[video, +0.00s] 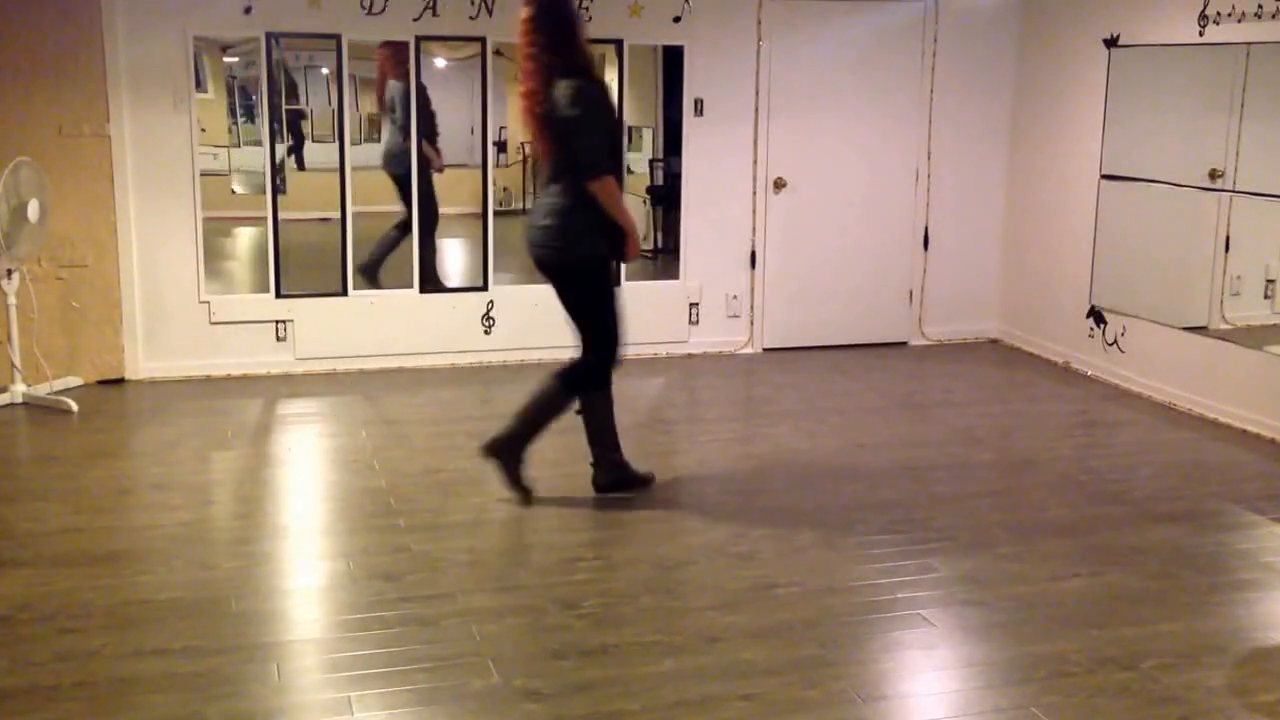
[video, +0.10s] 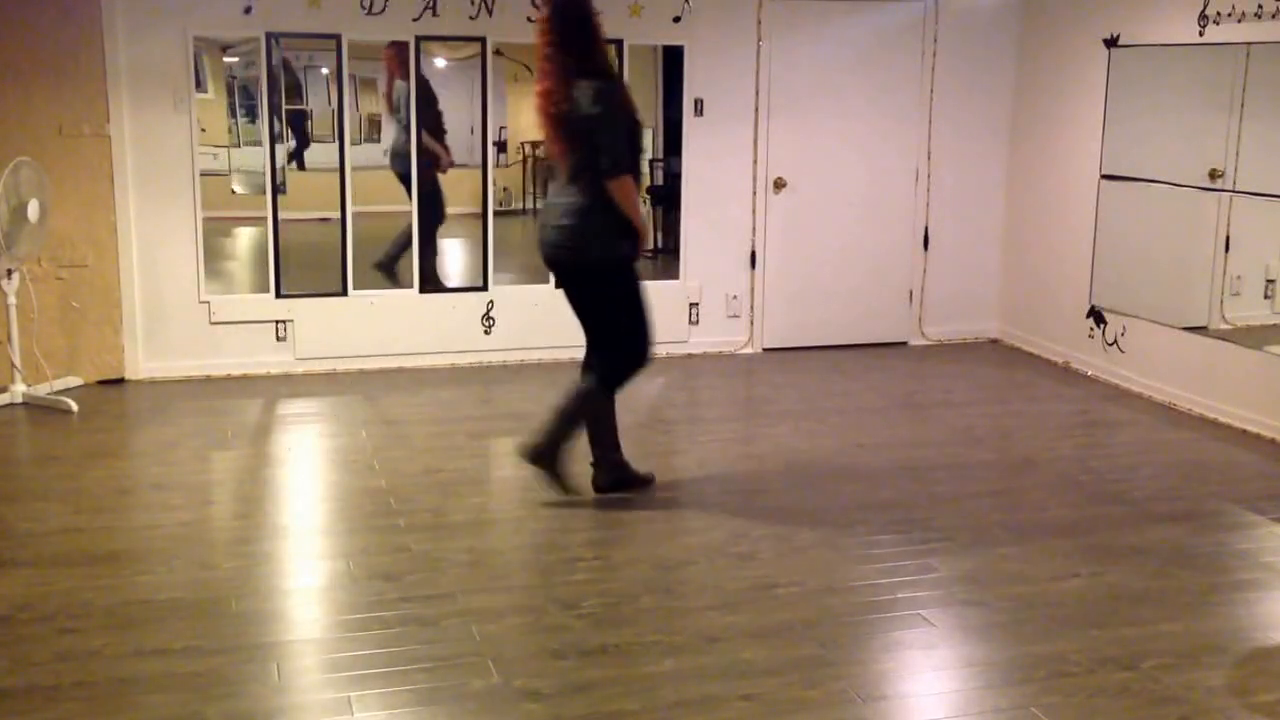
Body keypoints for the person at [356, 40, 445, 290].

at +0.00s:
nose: (381, 62)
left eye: (385, 57)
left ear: (392, 59)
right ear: (403, 58)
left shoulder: (393, 86)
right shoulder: (403, 88)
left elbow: (411, 126)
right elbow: (410, 128)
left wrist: (433, 149)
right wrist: (433, 155)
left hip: (396, 157)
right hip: (408, 159)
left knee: (415, 215)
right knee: (427, 216)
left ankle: (371, 265)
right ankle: (428, 279)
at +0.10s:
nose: (386, 64)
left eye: (390, 58)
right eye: (386, 59)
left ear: (401, 59)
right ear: (405, 58)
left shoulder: (406, 84)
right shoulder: (404, 86)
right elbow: (413, 128)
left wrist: (441, 150)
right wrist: (441, 152)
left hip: (412, 158)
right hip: (410, 159)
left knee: (431, 214)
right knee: (431, 214)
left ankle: (388, 260)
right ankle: (428, 278)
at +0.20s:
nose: (429, 53)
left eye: (425, 48)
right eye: (423, 49)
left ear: (415, 55)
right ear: (417, 53)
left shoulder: (430, 79)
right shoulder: (413, 81)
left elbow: (437, 118)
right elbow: (413, 123)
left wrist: (451, 146)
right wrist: (447, 137)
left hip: (432, 156)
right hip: (421, 158)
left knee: (447, 212)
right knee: (440, 213)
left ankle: (428, 272)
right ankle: (426, 274)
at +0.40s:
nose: (435, 53)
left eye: (435, 49)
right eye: (429, 50)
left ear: (437, 53)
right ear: (420, 54)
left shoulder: (446, 75)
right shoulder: (414, 78)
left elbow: (459, 109)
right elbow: (413, 118)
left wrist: (467, 127)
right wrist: (446, 107)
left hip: (451, 156)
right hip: (426, 158)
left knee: (455, 217)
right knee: (431, 218)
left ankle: (457, 272)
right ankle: (428, 276)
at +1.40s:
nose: (435, 55)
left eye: (437, 50)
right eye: (429, 51)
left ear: (442, 54)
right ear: (420, 55)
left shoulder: (458, 85)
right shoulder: (412, 85)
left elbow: (472, 124)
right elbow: (403, 126)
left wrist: (454, 119)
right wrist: (422, 135)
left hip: (455, 155)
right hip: (425, 157)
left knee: (457, 214)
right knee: (415, 213)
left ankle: (458, 273)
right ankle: (399, 271)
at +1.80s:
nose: (411, 61)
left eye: (414, 56)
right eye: (407, 56)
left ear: (420, 58)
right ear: (398, 60)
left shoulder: (432, 85)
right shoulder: (389, 86)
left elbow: (442, 124)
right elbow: (374, 124)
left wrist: (438, 152)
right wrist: (387, 149)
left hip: (427, 159)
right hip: (396, 159)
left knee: (437, 217)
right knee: (397, 214)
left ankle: (449, 274)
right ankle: (397, 273)